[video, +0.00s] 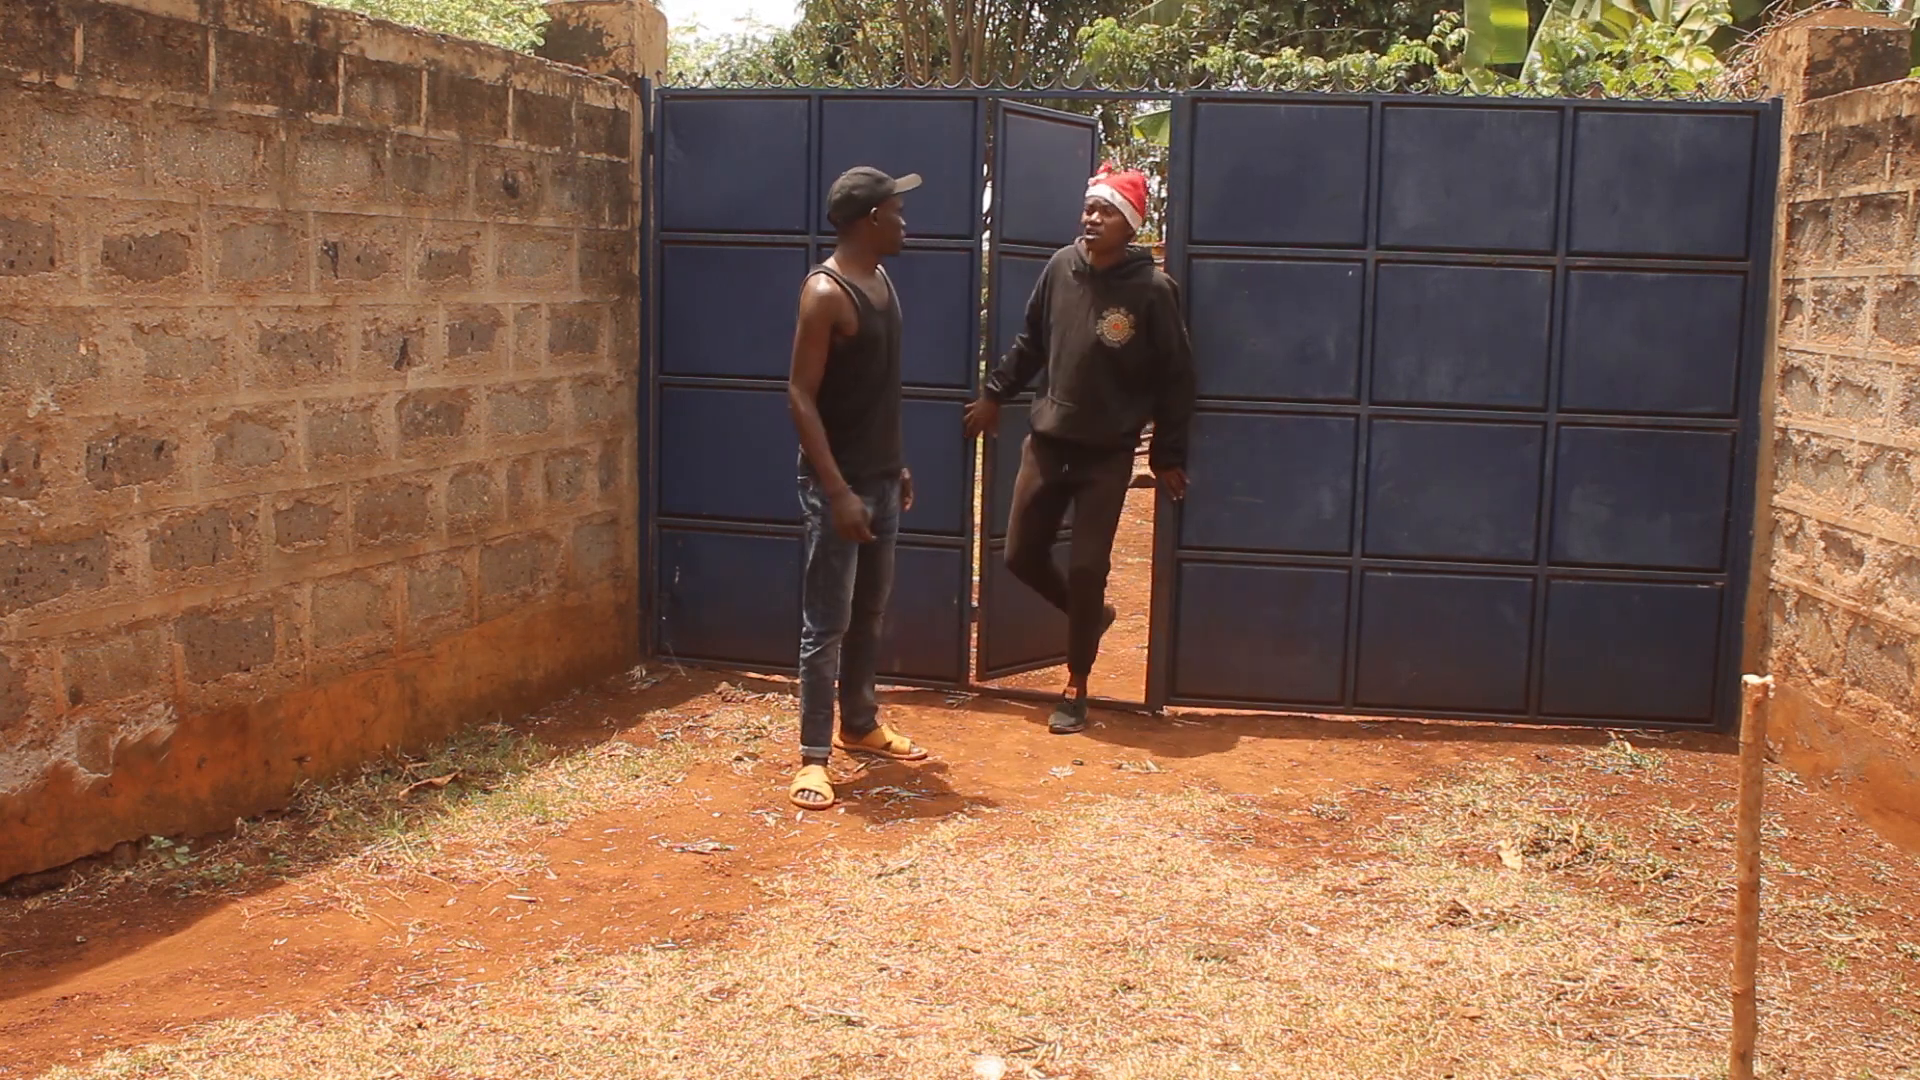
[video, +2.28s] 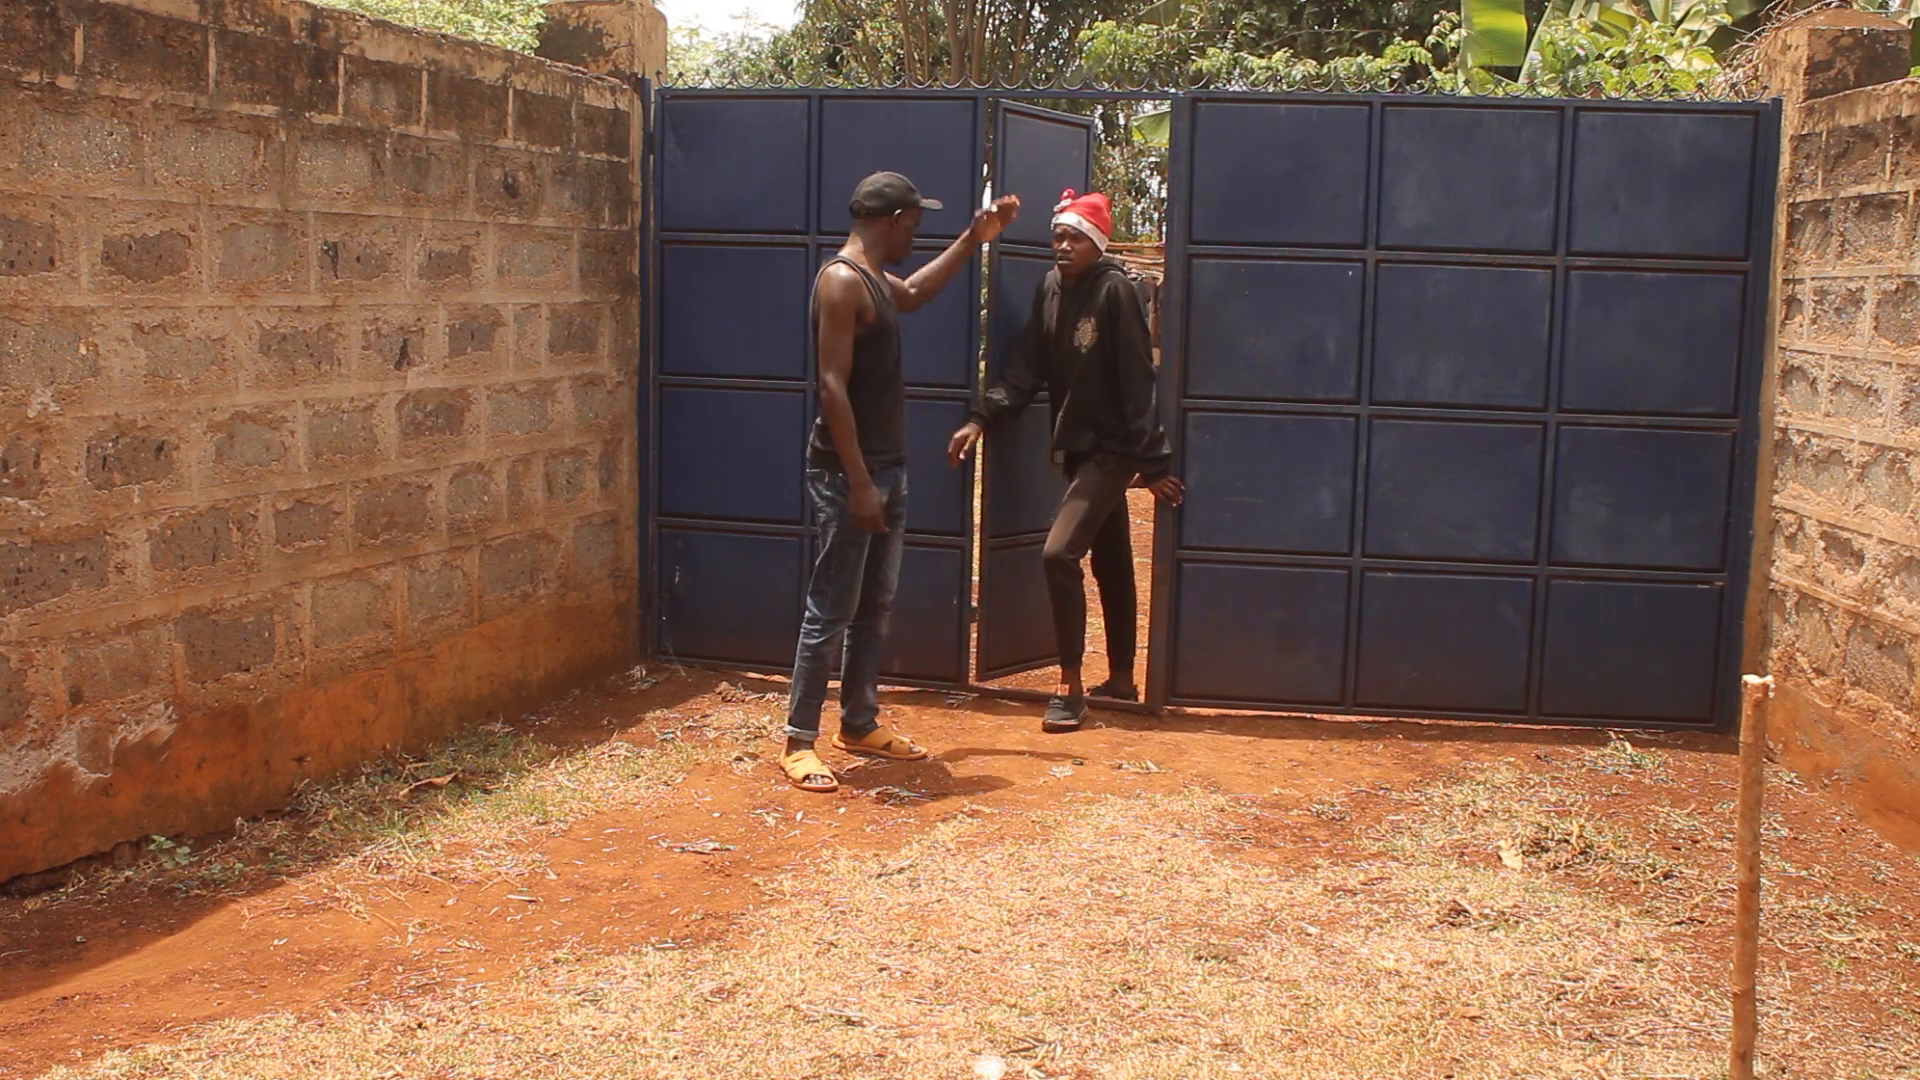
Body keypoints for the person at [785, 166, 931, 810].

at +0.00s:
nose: (905, 219)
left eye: (902, 209)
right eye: (896, 210)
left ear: (868, 220)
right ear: (867, 220)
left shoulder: (880, 280)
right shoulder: (824, 294)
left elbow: (880, 386)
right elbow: (801, 397)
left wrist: (897, 462)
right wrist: (837, 491)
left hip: (881, 477)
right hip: (835, 481)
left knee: (868, 613)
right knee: (825, 625)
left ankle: (859, 727)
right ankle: (813, 759)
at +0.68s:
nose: (910, 215)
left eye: (905, 205)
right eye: (901, 206)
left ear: (873, 220)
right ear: (872, 220)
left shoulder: (884, 281)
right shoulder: (833, 294)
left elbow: (883, 379)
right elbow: (808, 397)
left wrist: (931, 427)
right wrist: (838, 494)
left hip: (887, 477)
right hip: (841, 483)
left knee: (871, 611)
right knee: (828, 623)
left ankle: (861, 725)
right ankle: (814, 758)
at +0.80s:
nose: (910, 216)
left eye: (906, 206)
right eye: (901, 207)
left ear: (871, 219)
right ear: (874, 218)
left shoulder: (876, 280)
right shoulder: (839, 292)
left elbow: (896, 344)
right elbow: (816, 395)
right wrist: (845, 491)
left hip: (884, 477)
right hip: (843, 481)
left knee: (874, 611)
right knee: (830, 624)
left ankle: (860, 726)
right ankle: (813, 760)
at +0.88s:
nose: (915, 224)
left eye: (915, 213)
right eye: (906, 214)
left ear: (879, 219)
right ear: (875, 219)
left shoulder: (875, 269)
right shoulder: (848, 284)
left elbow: (916, 292)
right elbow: (826, 388)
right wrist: (850, 487)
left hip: (883, 471)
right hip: (845, 477)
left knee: (883, 604)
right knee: (835, 621)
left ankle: (861, 724)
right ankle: (810, 758)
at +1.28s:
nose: (934, 226)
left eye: (932, 217)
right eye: (928, 217)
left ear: (895, 222)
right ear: (903, 223)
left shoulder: (891, 277)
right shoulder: (867, 282)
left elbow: (929, 321)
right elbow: (854, 388)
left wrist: (992, 272)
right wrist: (900, 474)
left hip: (891, 468)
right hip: (857, 468)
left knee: (888, 603)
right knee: (844, 606)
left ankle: (860, 725)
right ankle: (802, 747)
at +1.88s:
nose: (940, 226)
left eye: (939, 216)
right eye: (935, 214)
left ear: (908, 217)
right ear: (909, 215)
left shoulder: (909, 266)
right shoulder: (861, 275)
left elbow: (973, 237)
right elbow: (855, 375)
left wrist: (1028, 185)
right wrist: (905, 461)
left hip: (900, 461)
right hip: (856, 459)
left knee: (886, 600)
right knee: (838, 602)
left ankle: (862, 725)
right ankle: (801, 738)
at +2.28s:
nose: (916, 233)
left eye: (918, 225)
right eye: (915, 223)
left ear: (881, 219)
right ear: (893, 219)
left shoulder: (875, 275)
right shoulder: (841, 280)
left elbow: (912, 293)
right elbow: (831, 386)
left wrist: (974, 238)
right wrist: (859, 480)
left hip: (887, 465)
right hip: (845, 468)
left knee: (874, 605)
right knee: (830, 609)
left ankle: (860, 725)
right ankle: (800, 743)